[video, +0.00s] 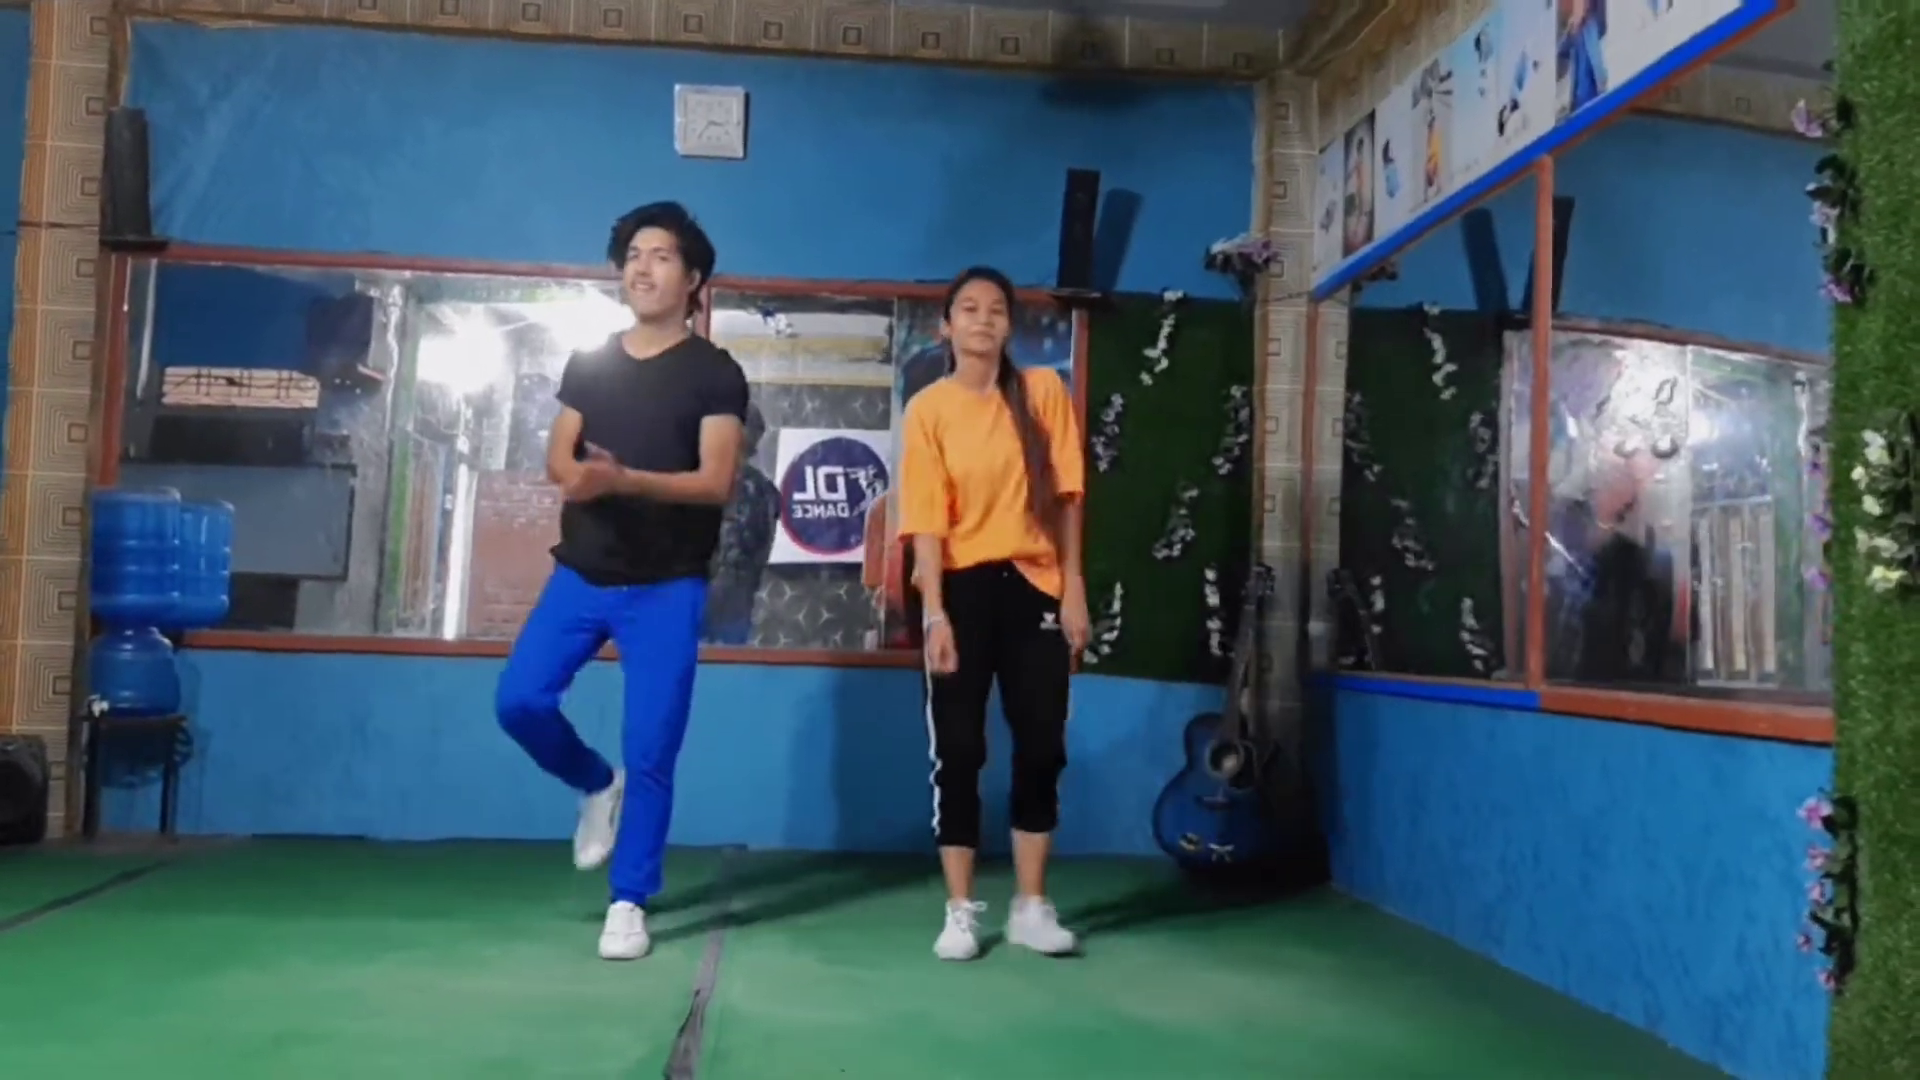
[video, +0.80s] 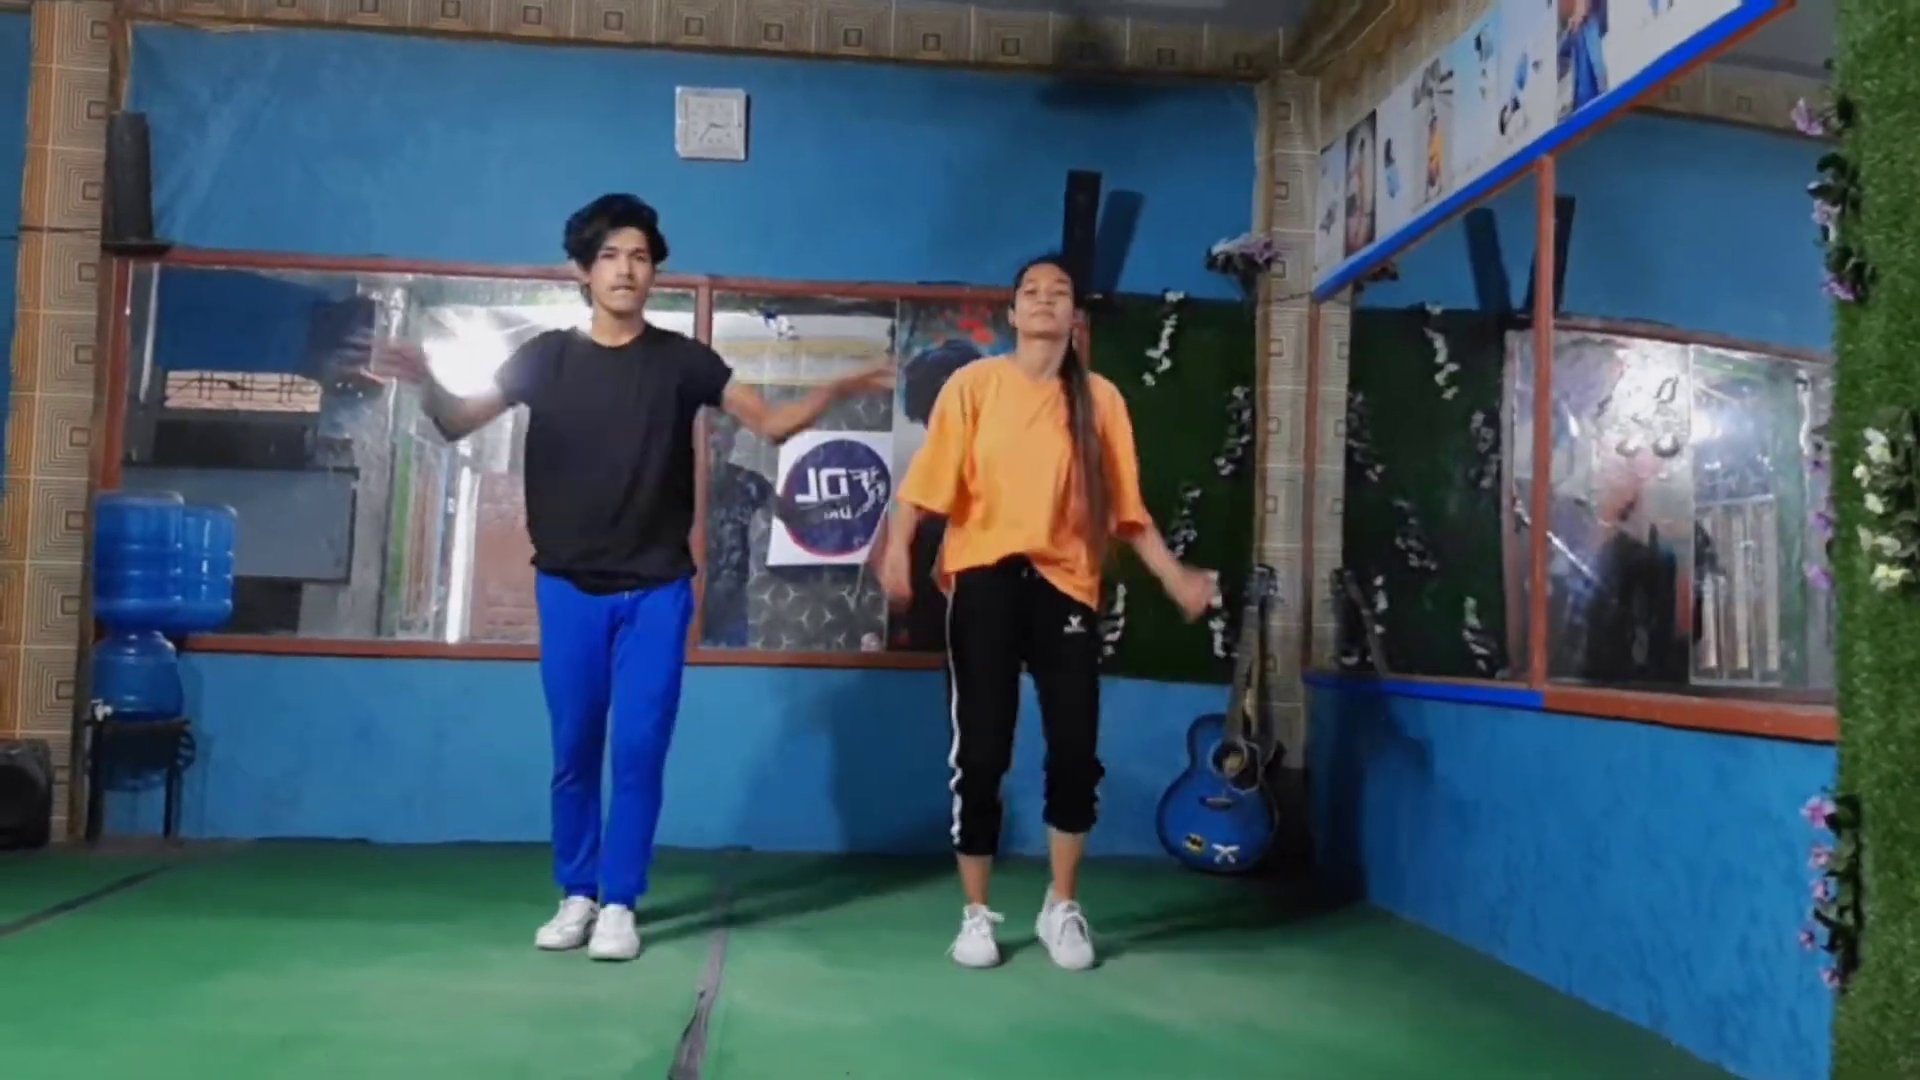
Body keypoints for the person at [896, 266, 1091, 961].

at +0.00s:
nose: (983, 321)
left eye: (995, 311)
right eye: (969, 310)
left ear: (1011, 325)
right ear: (947, 324)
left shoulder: (1044, 390)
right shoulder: (928, 409)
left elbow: (1069, 498)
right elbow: (925, 524)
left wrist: (1073, 589)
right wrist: (934, 615)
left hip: (1037, 587)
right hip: (960, 588)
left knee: (1040, 750)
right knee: (958, 752)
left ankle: (1030, 907)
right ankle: (960, 910)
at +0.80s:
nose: (1042, 302)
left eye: (1057, 294)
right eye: (1031, 292)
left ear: (1076, 318)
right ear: (1012, 311)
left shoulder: (1100, 398)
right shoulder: (972, 383)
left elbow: (1127, 509)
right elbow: (926, 479)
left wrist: (1177, 575)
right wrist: (896, 544)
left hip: (1067, 585)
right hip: (982, 581)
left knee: (1075, 747)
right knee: (980, 749)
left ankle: (1062, 905)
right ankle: (977, 912)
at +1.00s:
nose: (1035, 303)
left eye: (1050, 294)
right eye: (1025, 293)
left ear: (1071, 314)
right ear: (1006, 310)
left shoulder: (1101, 393)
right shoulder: (967, 387)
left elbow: (1133, 487)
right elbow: (924, 482)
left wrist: (1122, 560)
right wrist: (938, 548)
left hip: (1063, 585)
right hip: (982, 580)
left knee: (1048, 744)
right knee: (979, 749)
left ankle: (1027, 870)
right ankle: (974, 908)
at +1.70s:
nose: (1096, 317)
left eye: (1109, 305)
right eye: (1083, 305)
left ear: (1131, 315)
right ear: (1068, 316)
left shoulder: (1157, 383)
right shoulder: (1032, 375)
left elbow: (1234, 448)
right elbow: (948, 416)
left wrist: (1154, 427)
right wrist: (1016, 459)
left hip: (1112, 571)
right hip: (1028, 563)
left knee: (1126, 721)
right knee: (994, 687)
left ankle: (1114, 862)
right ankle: (1011, 834)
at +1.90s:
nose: (1060, 343)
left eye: (1073, 332)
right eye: (1049, 333)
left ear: (1097, 347)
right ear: (1035, 348)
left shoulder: (1128, 399)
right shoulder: (1016, 426)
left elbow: (1150, 482)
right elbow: (996, 526)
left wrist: (1128, 512)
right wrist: (997, 548)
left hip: (1094, 601)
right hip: (1020, 600)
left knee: (1072, 764)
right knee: (1009, 758)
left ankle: (1076, 888)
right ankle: (1021, 901)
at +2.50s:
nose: (1098, 387)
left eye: (1108, 374)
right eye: (1084, 376)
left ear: (1121, 380)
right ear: (1059, 385)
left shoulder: (1142, 444)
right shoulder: (1038, 429)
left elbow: (1157, 524)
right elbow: (987, 478)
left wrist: (1165, 435)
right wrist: (953, 503)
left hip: (1108, 627)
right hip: (1031, 618)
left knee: (1112, 781)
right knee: (978, 747)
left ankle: (1073, 906)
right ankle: (969, 882)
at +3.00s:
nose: (1117, 376)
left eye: (1126, 365)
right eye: (1103, 366)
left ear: (1138, 372)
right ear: (1078, 375)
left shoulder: (1157, 443)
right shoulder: (1050, 425)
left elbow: (1162, 524)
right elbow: (973, 486)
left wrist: (1134, 440)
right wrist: (1050, 512)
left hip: (1117, 610)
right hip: (1045, 601)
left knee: (1128, 781)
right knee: (1068, 763)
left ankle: (1075, 906)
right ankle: (1024, 829)